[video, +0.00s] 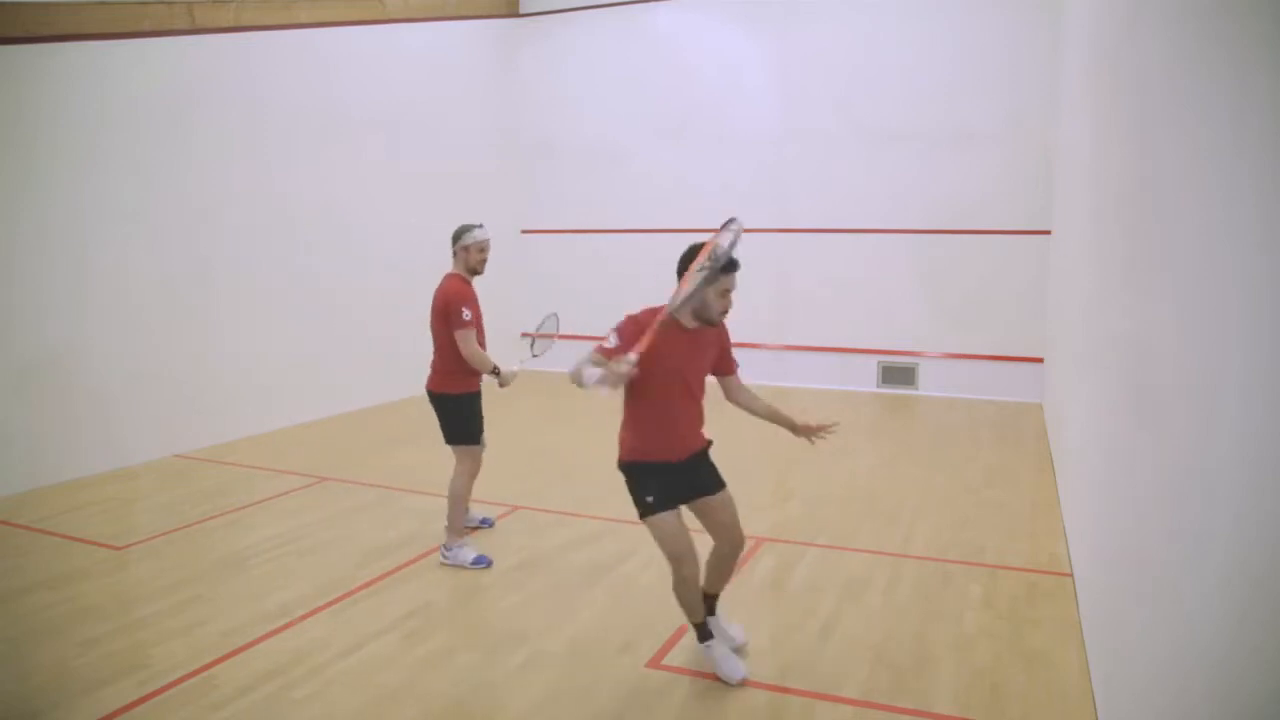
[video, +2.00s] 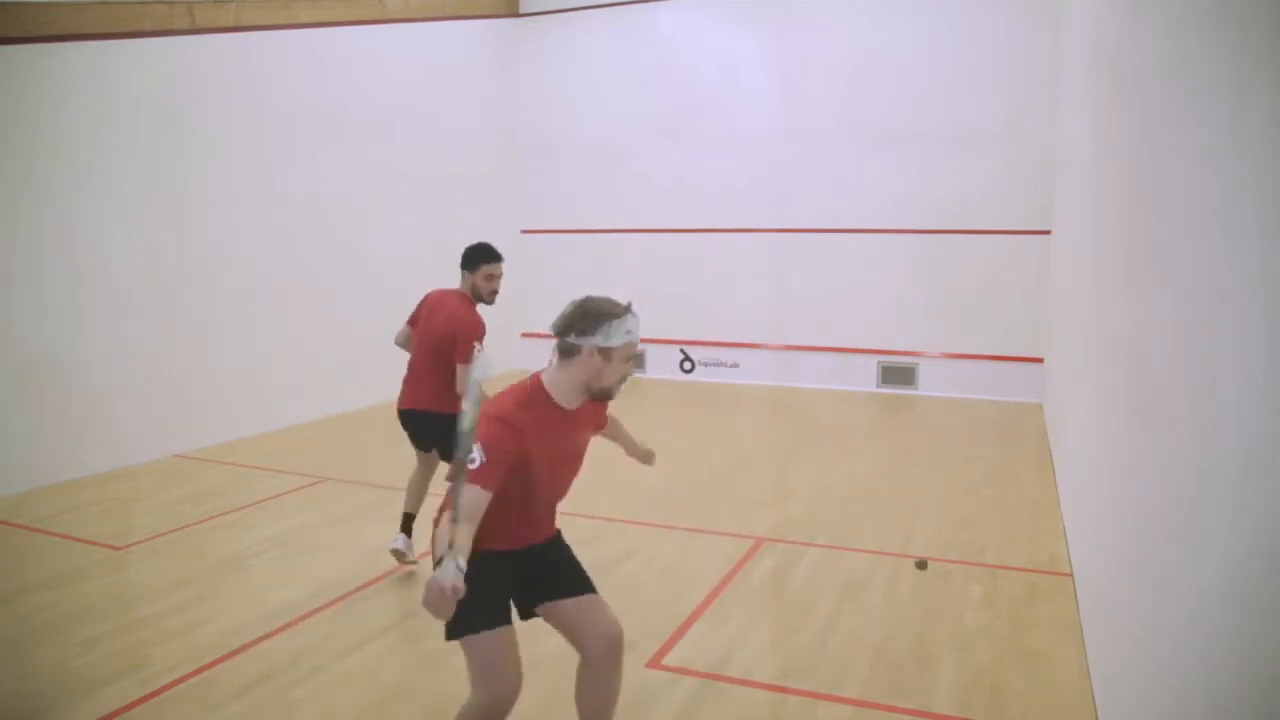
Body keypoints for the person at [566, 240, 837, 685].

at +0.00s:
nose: (730, 302)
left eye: (733, 292)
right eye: (724, 292)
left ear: (719, 289)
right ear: (693, 288)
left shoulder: (714, 334)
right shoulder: (640, 327)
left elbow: (736, 392)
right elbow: (581, 370)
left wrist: (794, 425)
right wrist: (608, 373)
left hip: (692, 453)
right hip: (645, 462)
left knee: (731, 540)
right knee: (685, 562)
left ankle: (707, 613)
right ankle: (706, 640)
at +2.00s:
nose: (497, 287)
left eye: (499, 279)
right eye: (490, 279)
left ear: (466, 277)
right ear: (469, 276)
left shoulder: (434, 299)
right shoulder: (471, 322)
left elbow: (403, 338)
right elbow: (463, 386)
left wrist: (436, 355)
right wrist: (495, 403)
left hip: (409, 408)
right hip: (441, 413)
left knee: (426, 461)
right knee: (465, 472)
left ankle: (404, 535)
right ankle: (448, 551)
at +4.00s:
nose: (684, 357)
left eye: (685, 346)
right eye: (679, 346)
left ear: (646, 347)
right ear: (644, 346)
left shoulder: (650, 389)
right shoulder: (568, 402)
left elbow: (645, 414)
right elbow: (546, 503)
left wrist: (668, 430)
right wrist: (515, 448)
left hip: (628, 536)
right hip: (573, 551)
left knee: (694, 637)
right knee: (623, 680)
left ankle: (689, 715)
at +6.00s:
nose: (470, 300)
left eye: (469, 292)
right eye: (466, 292)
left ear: (441, 299)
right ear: (446, 298)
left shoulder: (405, 324)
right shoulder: (429, 338)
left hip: (371, 428)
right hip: (390, 433)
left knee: (395, 492)